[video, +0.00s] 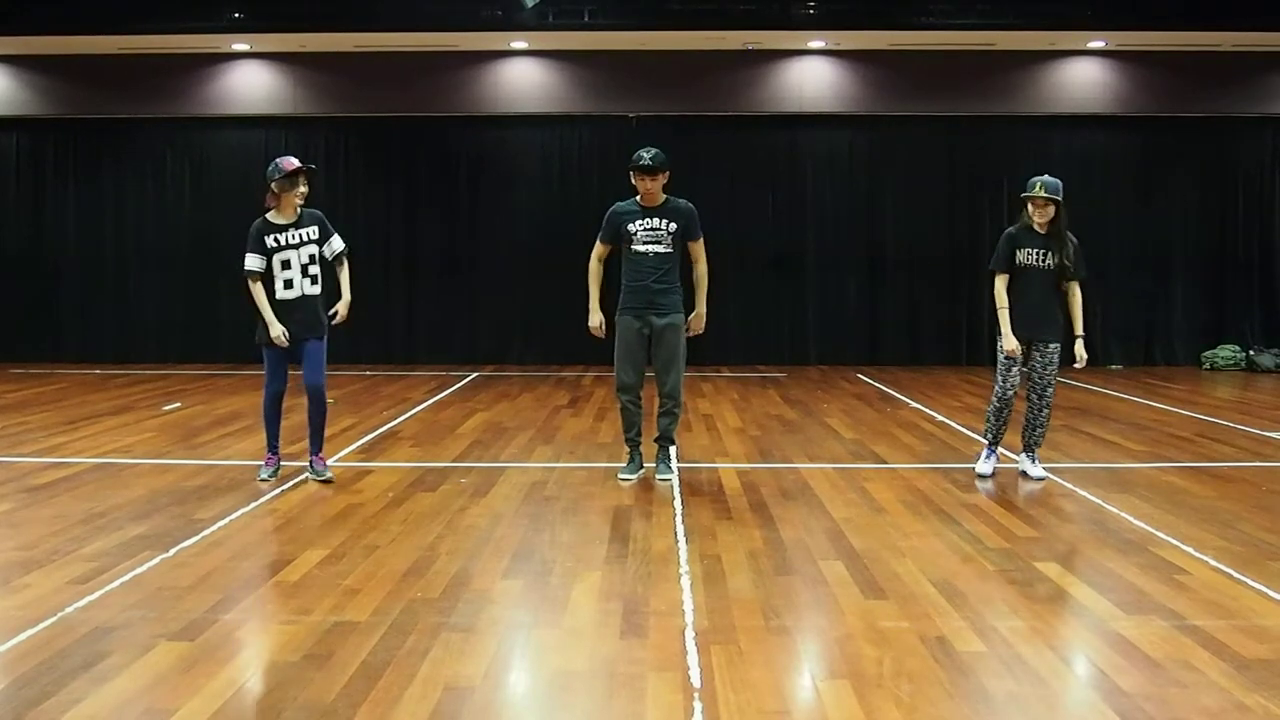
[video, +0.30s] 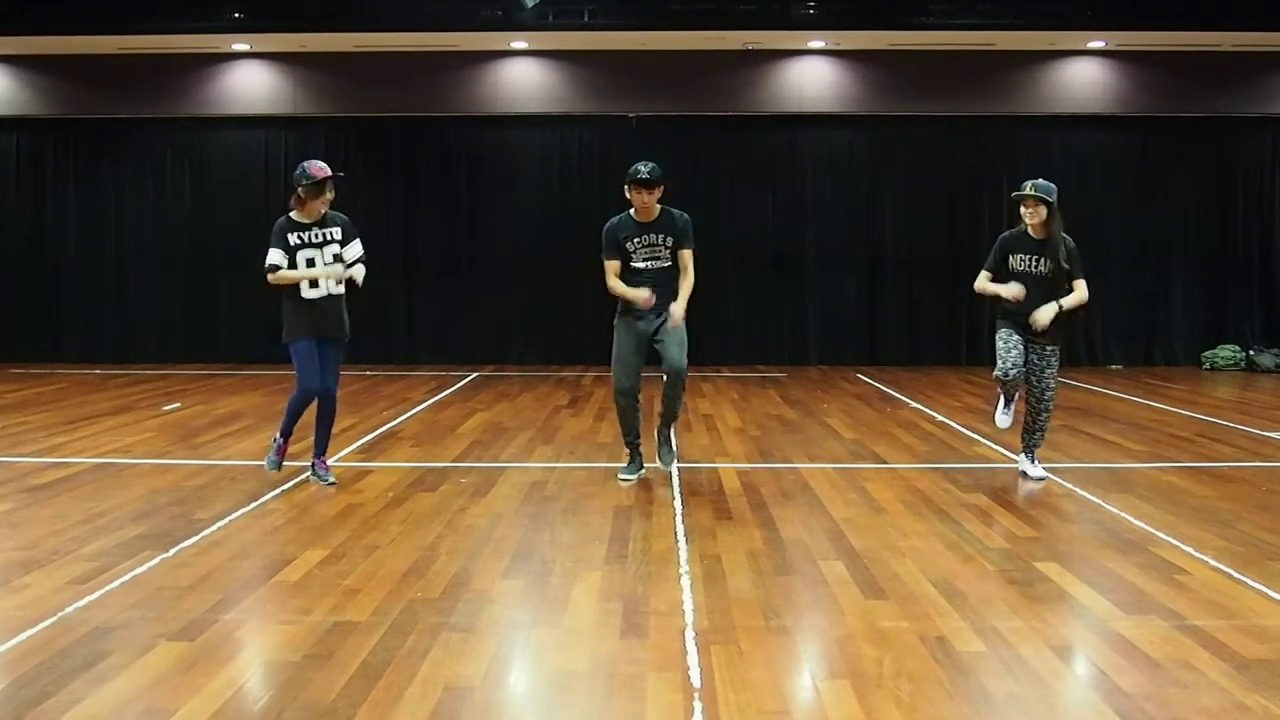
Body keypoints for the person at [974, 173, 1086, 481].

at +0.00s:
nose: (1040, 209)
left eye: (1046, 204)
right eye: (1035, 203)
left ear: (1057, 207)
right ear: (1027, 205)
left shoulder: (1067, 242)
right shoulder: (1012, 238)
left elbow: (1074, 290)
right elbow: (1000, 286)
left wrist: (1079, 338)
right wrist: (1006, 333)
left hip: (1050, 336)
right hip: (1015, 332)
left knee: (1041, 398)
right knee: (1004, 393)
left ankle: (1029, 455)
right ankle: (989, 450)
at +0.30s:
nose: (1029, 210)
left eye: (1036, 205)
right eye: (1025, 205)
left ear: (1049, 209)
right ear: (1020, 208)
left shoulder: (1064, 245)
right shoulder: (1007, 241)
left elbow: (1081, 293)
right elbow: (980, 283)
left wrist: (1054, 306)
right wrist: (1002, 288)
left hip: (1047, 331)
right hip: (1011, 325)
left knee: (1042, 397)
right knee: (1009, 374)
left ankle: (1028, 454)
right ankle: (1008, 395)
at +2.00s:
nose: (955, 190)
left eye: (964, 185)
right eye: (953, 185)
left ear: (981, 194)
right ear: (947, 192)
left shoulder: (994, 229)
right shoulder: (938, 226)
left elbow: (992, 252)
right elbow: (895, 253)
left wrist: (959, 217)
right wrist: (926, 215)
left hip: (976, 333)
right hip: (941, 332)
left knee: (959, 404)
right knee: (948, 409)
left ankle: (968, 479)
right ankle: (979, 467)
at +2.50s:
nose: (909, 190)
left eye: (918, 185)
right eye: (908, 184)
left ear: (938, 192)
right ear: (906, 193)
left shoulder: (952, 233)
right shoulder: (897, 231)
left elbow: (931, 261)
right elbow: (850, 260)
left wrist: (902, 220)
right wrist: (877, 220)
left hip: (934, 339)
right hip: (897, 338)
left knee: (919, 415)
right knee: (896, 419)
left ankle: (953, 470)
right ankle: (914, 492)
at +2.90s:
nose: (877, 178)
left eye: (886, 174)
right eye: (874, 172)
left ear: (901, 186)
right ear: (865, 179)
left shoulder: (907, 221)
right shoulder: (853, 218)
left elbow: (914, 244)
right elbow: (804, 243)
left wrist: (882, 205)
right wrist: (836, 202)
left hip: (891, 333)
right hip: (857, 332)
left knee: (858, 409)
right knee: (883, 416)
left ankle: (865, 500)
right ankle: (913, 486)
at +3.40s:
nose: (802, 173)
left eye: (812, 167)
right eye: (802, 167)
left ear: (834, 177)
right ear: (803, 179)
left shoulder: (849, 221)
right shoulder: (793, 221)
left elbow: (824, 251)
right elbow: (742, 257)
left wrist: (795, 205)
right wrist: (765, 212)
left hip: (838, 342)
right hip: (798, 340)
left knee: (840, 423)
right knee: (788, 422)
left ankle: (861, 499)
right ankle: (797, 510)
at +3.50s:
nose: (791, 187)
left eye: (801, 181)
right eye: (788, 181)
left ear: (821, 187)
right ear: (785, 189)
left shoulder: (841, 234)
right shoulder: (780, 232)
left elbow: (822, 268)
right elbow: (735, 269)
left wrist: (787, 222)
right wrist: (757, 222)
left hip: (819, 350)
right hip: (780, 348)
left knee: (803, 435)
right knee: (779, 434)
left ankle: (841, 478)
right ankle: (799, 514)